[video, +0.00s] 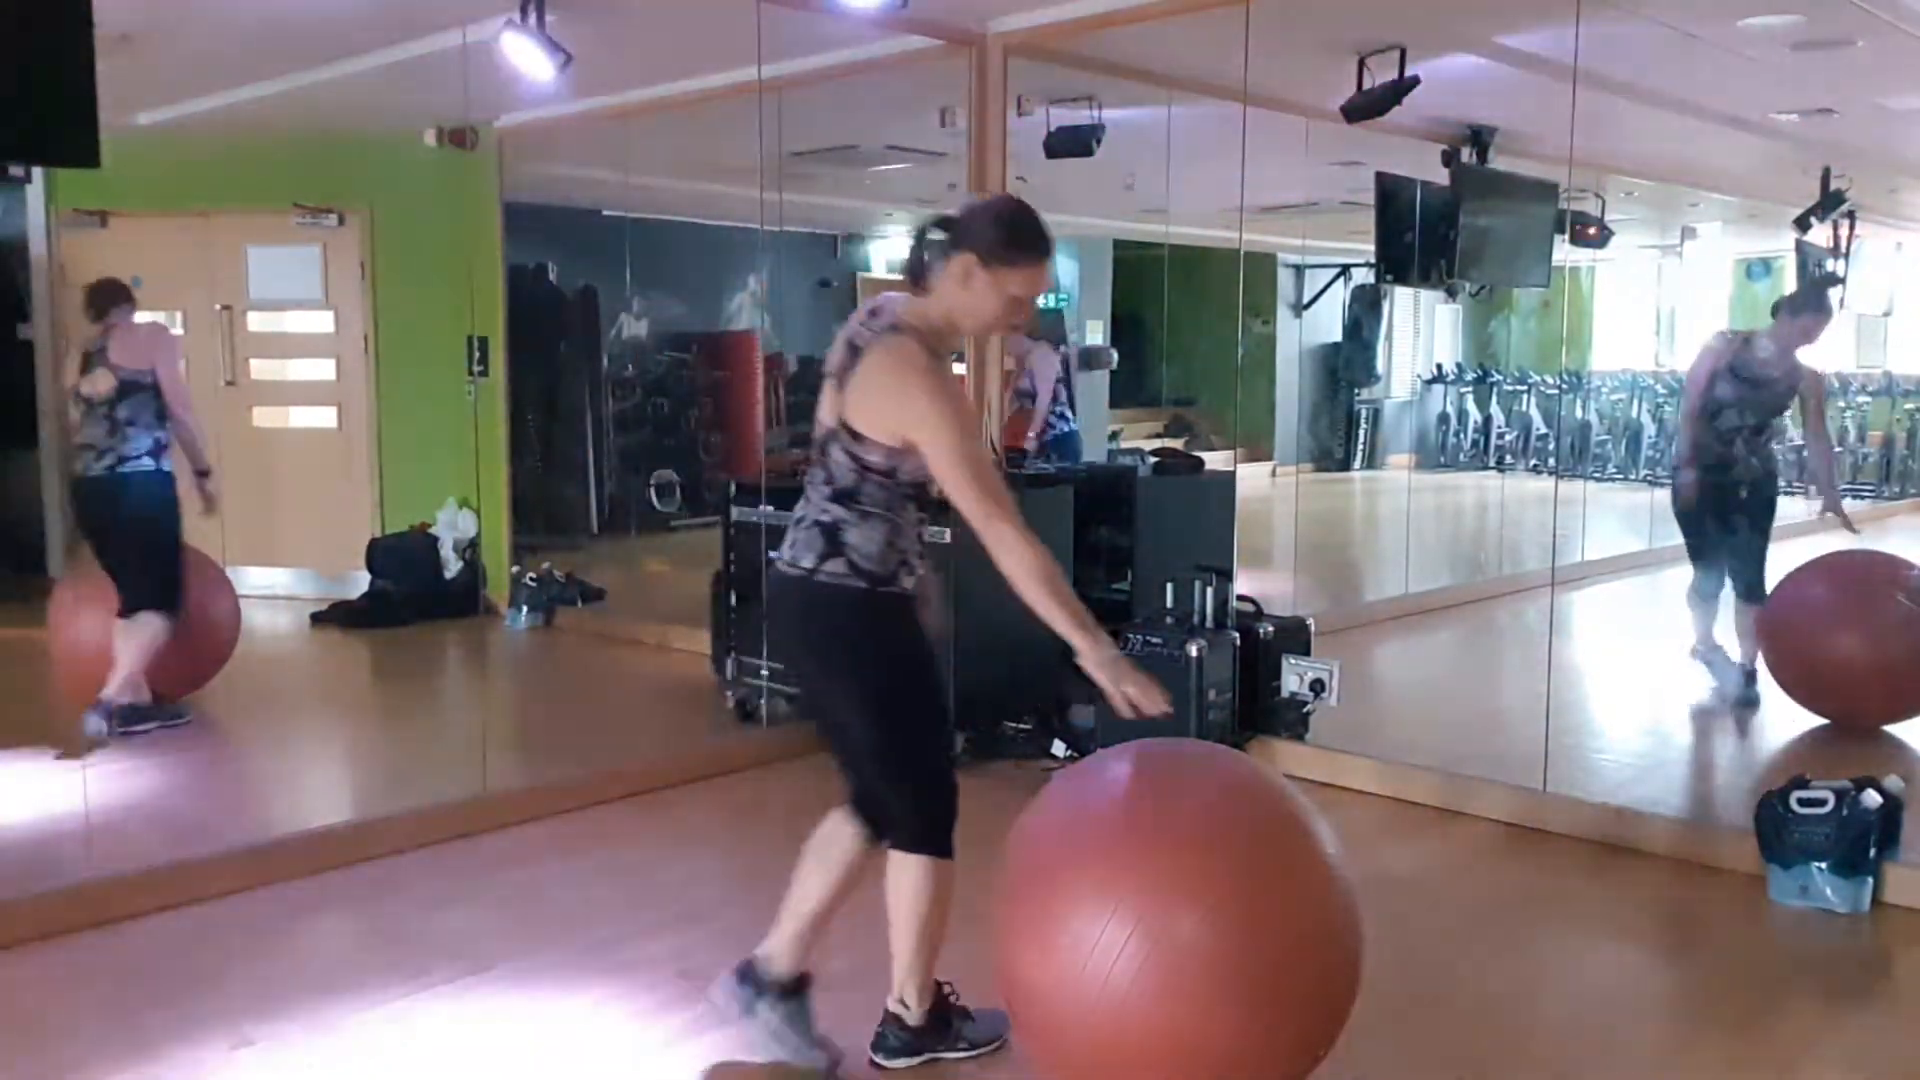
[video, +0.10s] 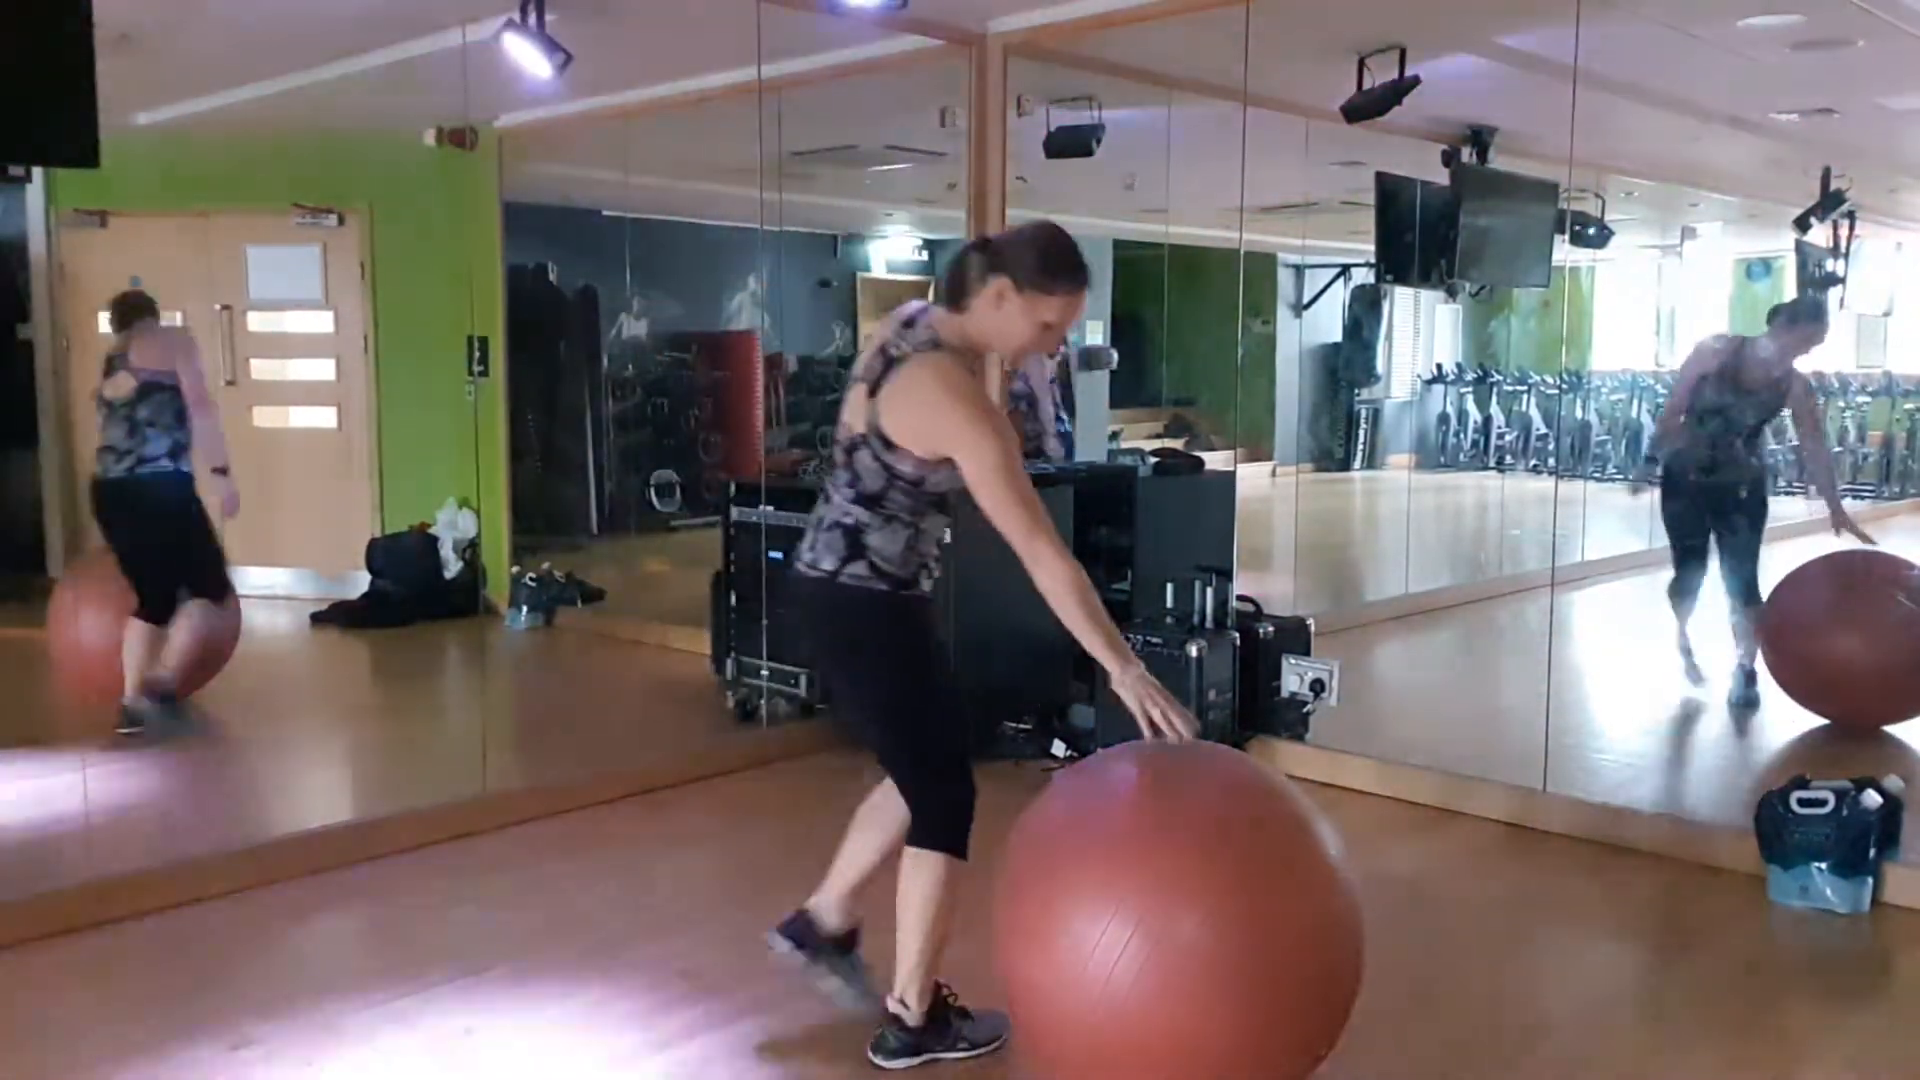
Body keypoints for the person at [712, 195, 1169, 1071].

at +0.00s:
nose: (1019, 320)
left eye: (1029, 304)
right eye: (1016, 300)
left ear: (961, 272)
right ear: (963, 271)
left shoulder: (882, 323)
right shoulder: (909, 369)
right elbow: (999, 528)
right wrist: (1100, 654)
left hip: (817, 590)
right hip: (856, 601)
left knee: (877, 792)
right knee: (924, 799)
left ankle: (772, 974)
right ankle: (913, 1013)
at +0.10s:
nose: (1053, 346)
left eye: (1063, 331)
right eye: (1049, 326)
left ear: (996, 296)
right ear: (996, 295)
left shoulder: (911, 327)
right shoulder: (959, 402)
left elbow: (855, 434)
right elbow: (1039, 549)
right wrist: (1122, 665)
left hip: (835, 587)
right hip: (870, 601)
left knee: (922, 768)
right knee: (942, 797)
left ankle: (823, 918)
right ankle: (913, 1014)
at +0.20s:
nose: (1080, 356)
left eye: (1090, 340)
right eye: (1077, 335)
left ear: (1020, 304)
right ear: (1025, 303)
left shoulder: (939, 337)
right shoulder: (982, 399)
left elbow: (874, 418)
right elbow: (1054, 556)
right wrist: (1130, 682)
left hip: (855, 583)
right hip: (884, 597)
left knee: (928, 750)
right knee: (944, 797)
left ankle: (871, 896)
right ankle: (910, 1012)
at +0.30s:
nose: (1104, 361)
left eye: (1114, 346)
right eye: (1097, 344)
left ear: (1041, 305)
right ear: (1046, 308)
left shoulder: (958, 324)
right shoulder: (996, 404)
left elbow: (889, 428)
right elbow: (1050, 551)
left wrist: (843, 516)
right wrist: (1120, 682)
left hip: (875, 563)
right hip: (893, 587)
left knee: (939, 736)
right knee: (939, 785)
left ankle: (930, 874)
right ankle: (910, 1007)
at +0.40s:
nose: (1091, 368)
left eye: (1103, 356)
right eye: (1087, 350)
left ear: (1053, 311)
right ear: (1045, 311)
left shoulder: (975, 333)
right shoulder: (989, 400)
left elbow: (915, 445)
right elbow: (1021, 557)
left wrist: (868, 524)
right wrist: (1082, 688)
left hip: (904, 566)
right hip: (913, 584)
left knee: (938, 751)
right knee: (960, 783)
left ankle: (922, 906)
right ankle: (916, 976)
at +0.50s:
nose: (1075, 375)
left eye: (1088, 363)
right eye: (1072, 356)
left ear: (1038, 318)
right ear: (1036, 317)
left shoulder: (989, 347)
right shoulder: (981, 405)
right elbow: (974, 562)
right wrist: (1022, 683)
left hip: (933, 575)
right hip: (923, 589)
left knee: (968, 733)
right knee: (982, 742)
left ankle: (927, 885)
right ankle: (935, 892)